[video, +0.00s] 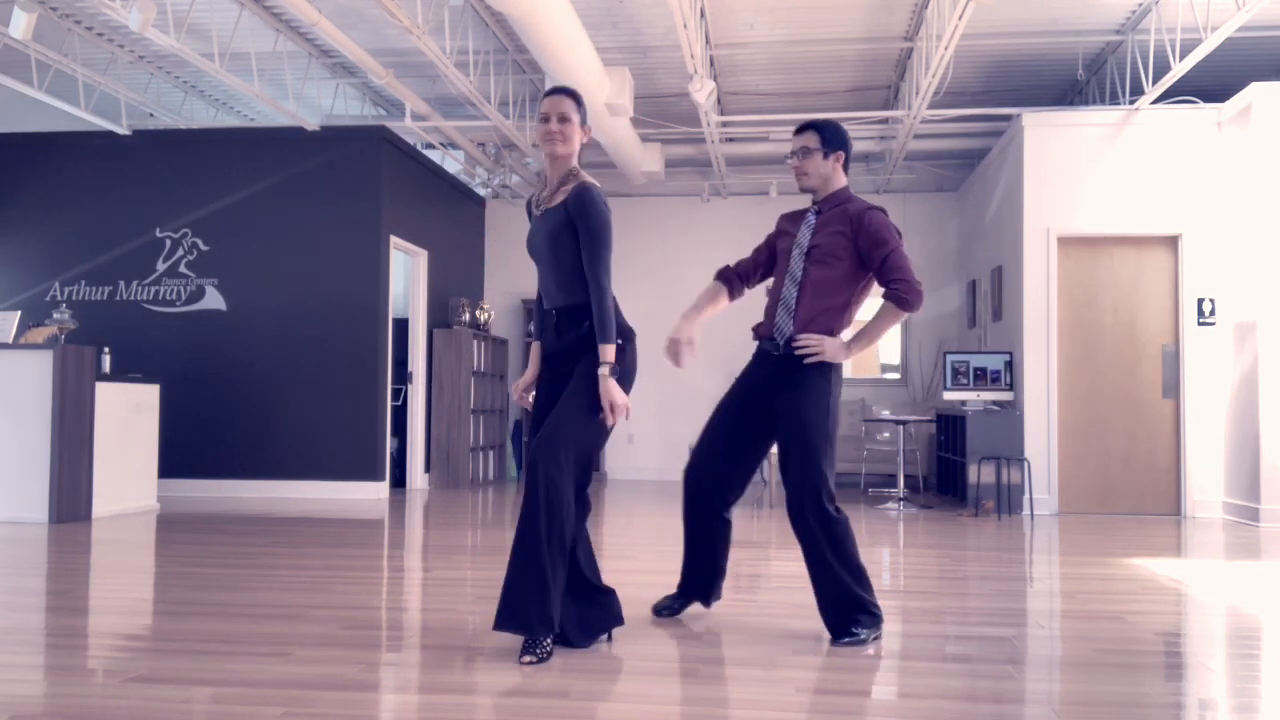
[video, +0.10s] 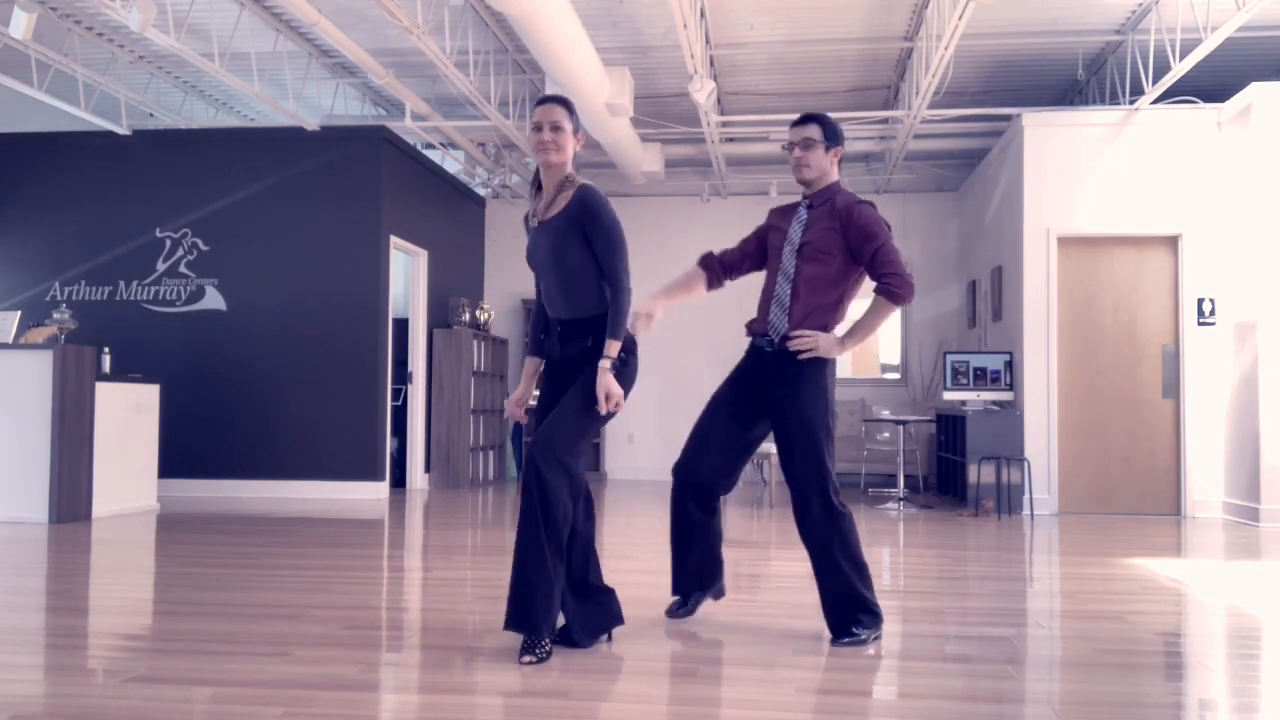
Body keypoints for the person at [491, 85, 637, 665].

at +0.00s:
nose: (553, 128)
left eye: (564, 120)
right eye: (545, 119)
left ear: (583, 133)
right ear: (535, 131)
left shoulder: (587, 200)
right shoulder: (540, 204)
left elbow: (602, 289)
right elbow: (546, 293)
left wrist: (608, 372)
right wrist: (536, 361)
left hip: (598, 349)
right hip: (557, 352)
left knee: (550, 460)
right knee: (552, 471)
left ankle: (543, 618)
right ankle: (589, 604)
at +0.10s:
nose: (547, 137)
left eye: (557, 128)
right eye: (539, 129)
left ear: (578, 140)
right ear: (528, 139)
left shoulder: (590, 204)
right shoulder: (536, 215)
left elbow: (620, 287)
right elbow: (544, 303)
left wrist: (609, 362)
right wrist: (528, 379)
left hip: (602, 352)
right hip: (560, 356)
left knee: (549, 454)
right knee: (556, 474)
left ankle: (541, 617)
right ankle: (588, 606)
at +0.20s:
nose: (543, 147)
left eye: (554, 138)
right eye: (535, 139)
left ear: (574, 148)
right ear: (525, 150)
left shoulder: (593, 214)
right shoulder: (521, 227)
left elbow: (622, 291)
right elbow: (533, 306)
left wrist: (611, 365)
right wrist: (530, 386)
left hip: (610, 358)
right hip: (565, 362)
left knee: (545, 454)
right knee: (543, 475)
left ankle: (589, 608)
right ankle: (552, 617)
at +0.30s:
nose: (542, 149)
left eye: (553, 140)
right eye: (534, 140)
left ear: (574, 150)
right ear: (524, 150)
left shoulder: (586, 219)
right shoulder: (519, 220)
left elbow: (612, 304)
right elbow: (536, 301)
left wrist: (624, 387)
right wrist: (532, 378)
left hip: (610, 358)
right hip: (566, 361)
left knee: (552, 461)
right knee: (553, 477)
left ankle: (542, 621)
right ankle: (591, 608)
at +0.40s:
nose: (543, 147)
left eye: (555, 139)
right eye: (536, 138)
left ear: (576, 150)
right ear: (526, 148)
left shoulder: (582, 217)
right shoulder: (531, 217)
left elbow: (613, 298)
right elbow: (546, 301)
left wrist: (631, 380)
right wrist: (529, 369)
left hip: (608, 361)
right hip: (567, 363)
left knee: (552, 461)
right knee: (556, 478)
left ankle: (540, 619)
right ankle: (587, 609)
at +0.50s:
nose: (551, 143)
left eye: (561, 135)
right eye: (542, 135)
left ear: (580, 145)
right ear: (530, 145)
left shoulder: (597, 213)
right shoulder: (525, 218)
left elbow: (628, 292)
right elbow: (532, 299)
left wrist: (619, 362)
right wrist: (521, 379)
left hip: (611, 356)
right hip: (563, 360)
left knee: (553, 466)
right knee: (555, 476)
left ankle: (539, 621)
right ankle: (584, 610)